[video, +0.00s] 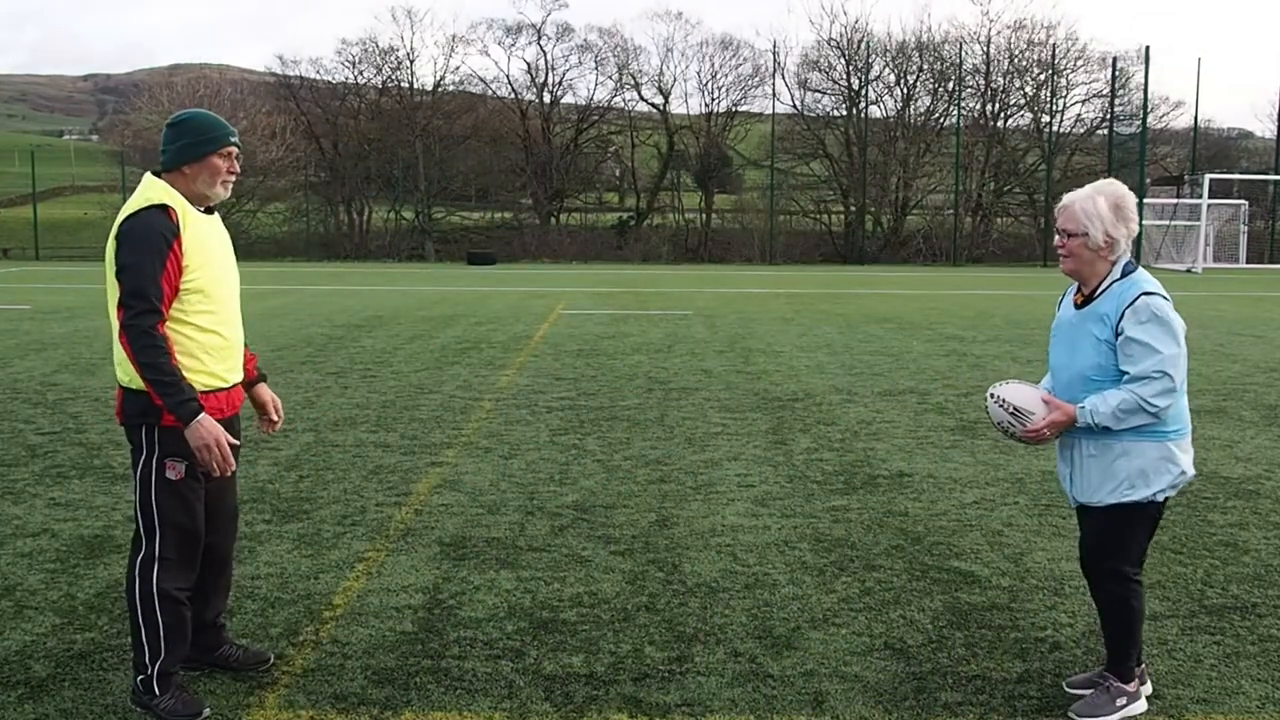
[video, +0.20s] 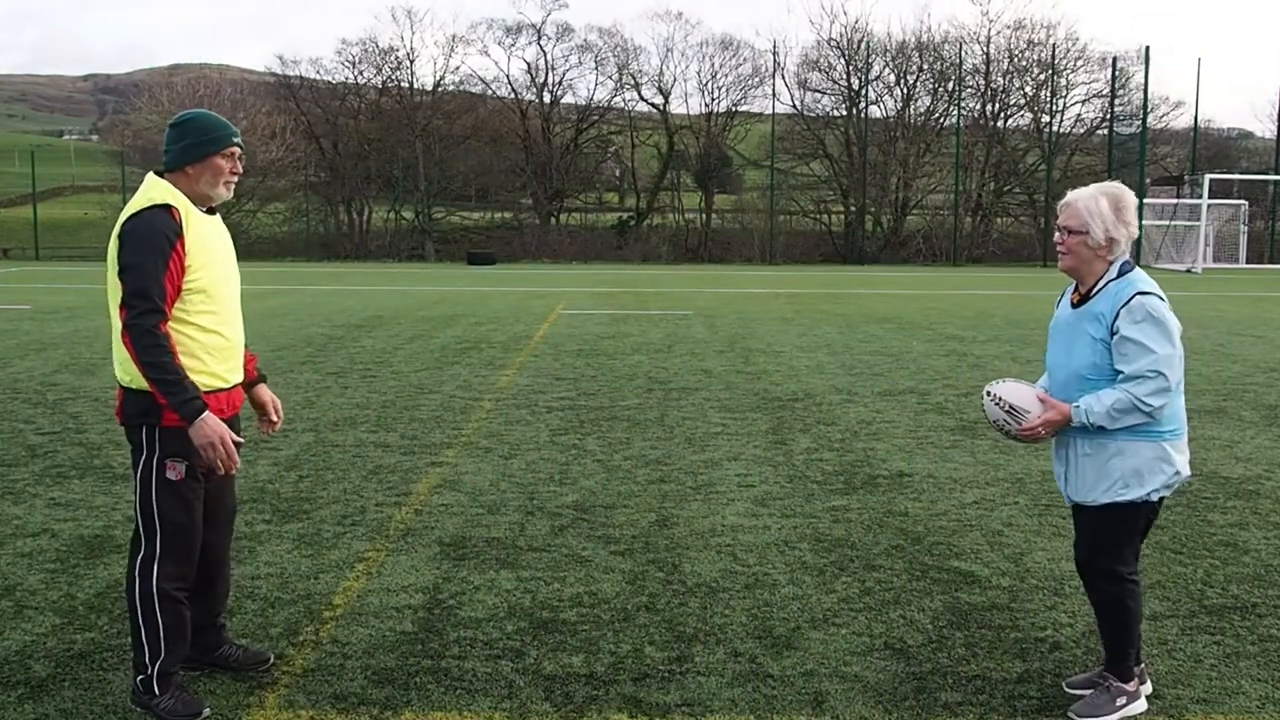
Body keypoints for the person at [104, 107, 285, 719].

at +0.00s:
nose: (233, 167)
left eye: (235, 157)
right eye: (223, 155)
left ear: (219, 166)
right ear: (185, 159)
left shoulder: (204, 217)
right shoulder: (151, 218)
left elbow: (214, 315)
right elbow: (139, 328)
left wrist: (253, 380)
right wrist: (190, 414)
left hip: (215, 408)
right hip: (164, 413)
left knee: (214, 537)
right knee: (167, 549)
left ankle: (204, 641)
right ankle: (156, 679)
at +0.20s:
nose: (235, 168)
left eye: (238, 158)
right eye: (225, 156)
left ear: (221, 166)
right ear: (188, 159)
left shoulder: (205, 220)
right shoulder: (153, 218)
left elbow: (215, 315)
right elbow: (143, 327)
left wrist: (252, 381)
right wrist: (195, 412)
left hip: (214, 408)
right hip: (164, 411)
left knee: (212, 537)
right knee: (166, 550)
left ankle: (205, 641)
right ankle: (156, 679)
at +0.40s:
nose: (241, 170)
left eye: (243, 161)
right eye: (231, 158)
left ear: (224, 167)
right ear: (194, 159)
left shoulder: (208, 219)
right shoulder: (157, 218)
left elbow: (215, 316)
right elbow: (146, 328)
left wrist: (253, 381)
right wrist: (198, 412)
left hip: (214, 409)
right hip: (166, 412)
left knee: (214, 537)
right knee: (167, 551)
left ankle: (205, 641)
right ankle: (155, 681)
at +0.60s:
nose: (244, 175)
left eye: (247, 166)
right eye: (236, 164)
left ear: (222, 167)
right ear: (198, 161)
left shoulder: (211, 220)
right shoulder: (160, 219)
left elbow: (217, 317)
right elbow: (148, 328)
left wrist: (257, 381)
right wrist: (200, 412)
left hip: (215, 409)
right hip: (167, 413)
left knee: (216, 536)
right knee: (168, 549)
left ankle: (205, 641)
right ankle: (155, 681)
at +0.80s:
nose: (248, 175)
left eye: (251, 165)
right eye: (240, 163)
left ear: (229, 168)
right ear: (202, 161)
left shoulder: (215, 221)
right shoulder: (163, 219)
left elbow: (220, 317)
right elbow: (151, 327)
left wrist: (260, 381)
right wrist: (202, 412)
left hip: (217, 410)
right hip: (169, 413)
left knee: (217, 537)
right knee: (168, 550)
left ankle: (206, 640)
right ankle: (155, 681)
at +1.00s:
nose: (253, 176)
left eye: (255, 166)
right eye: (245, 164)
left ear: (227, 167)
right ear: (208, 162)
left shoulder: (218, 220)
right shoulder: (167, 218)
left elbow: (223, 317)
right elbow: (153, 327)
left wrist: (262, 382)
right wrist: (204, 411)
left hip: (219, 410)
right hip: (171, 413)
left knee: (218, 537)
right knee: (167, 550)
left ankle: (206, 641)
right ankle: (155, 681)